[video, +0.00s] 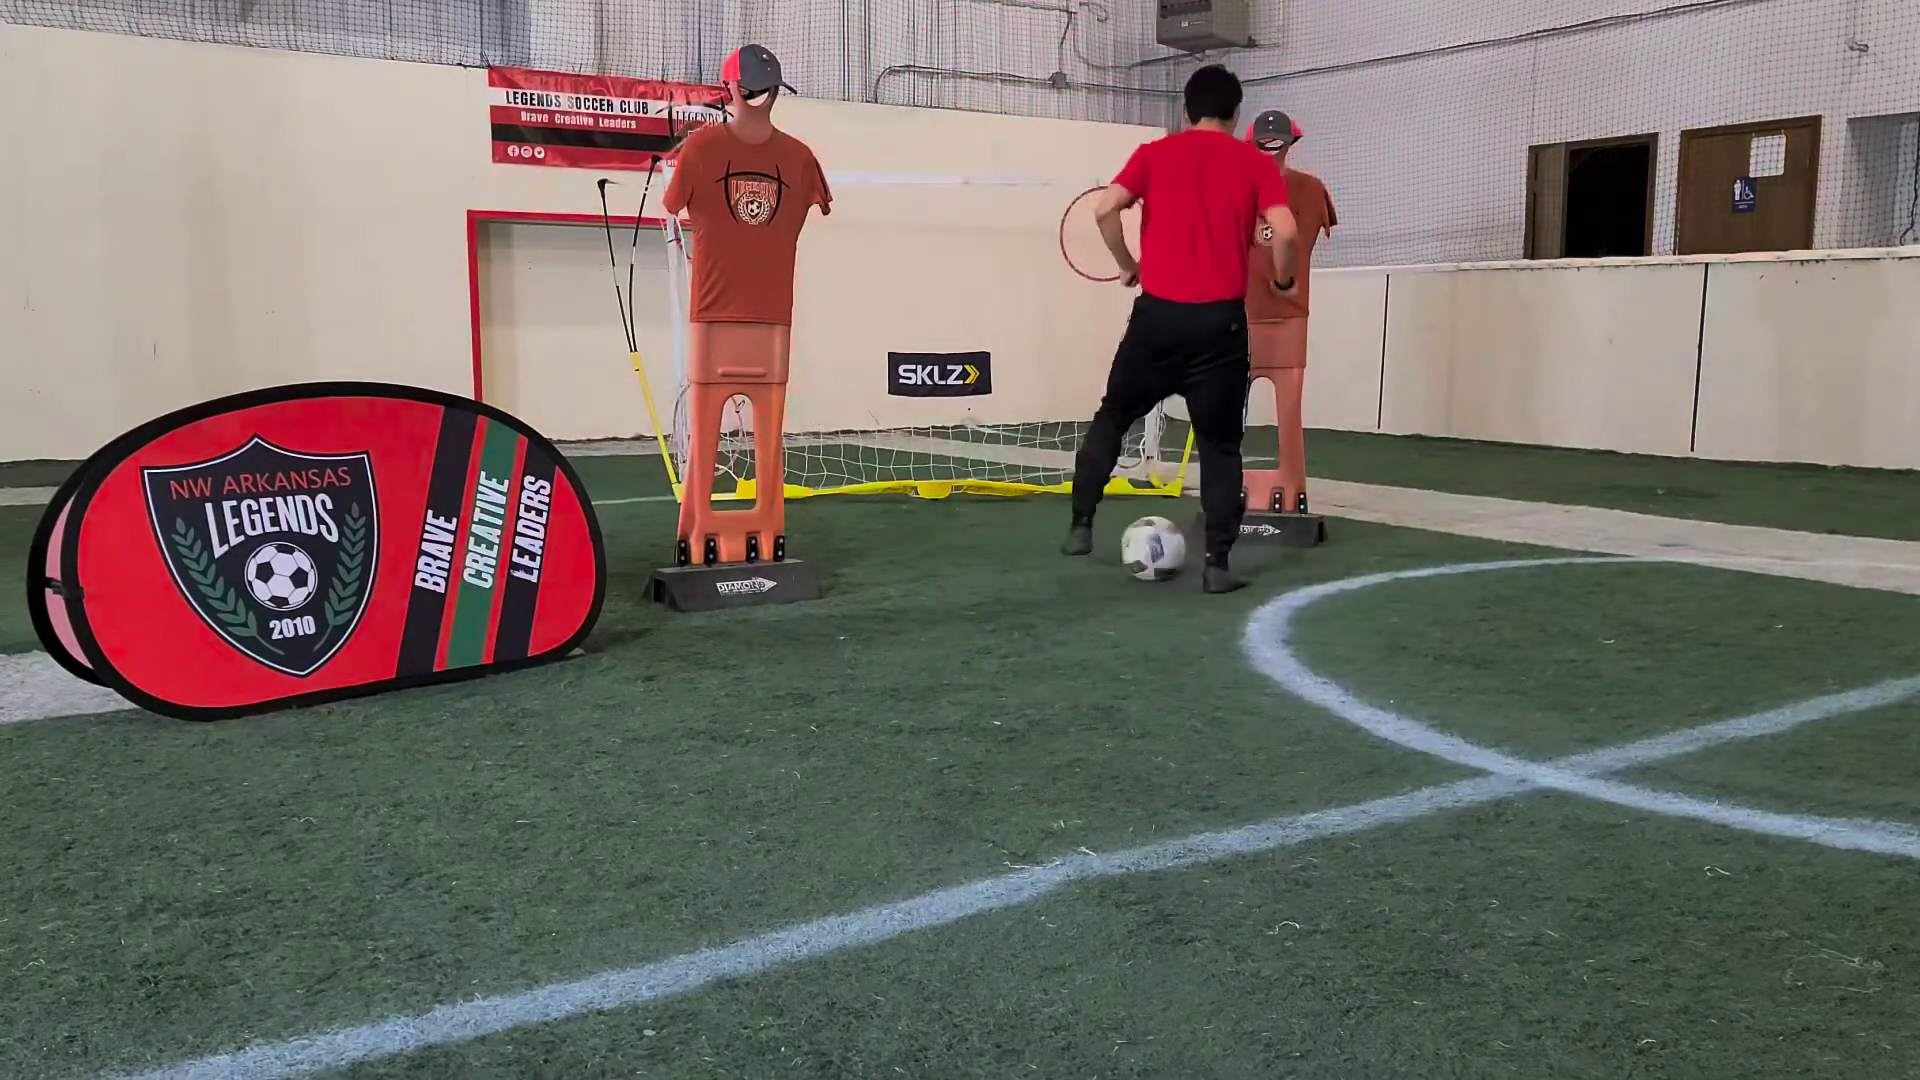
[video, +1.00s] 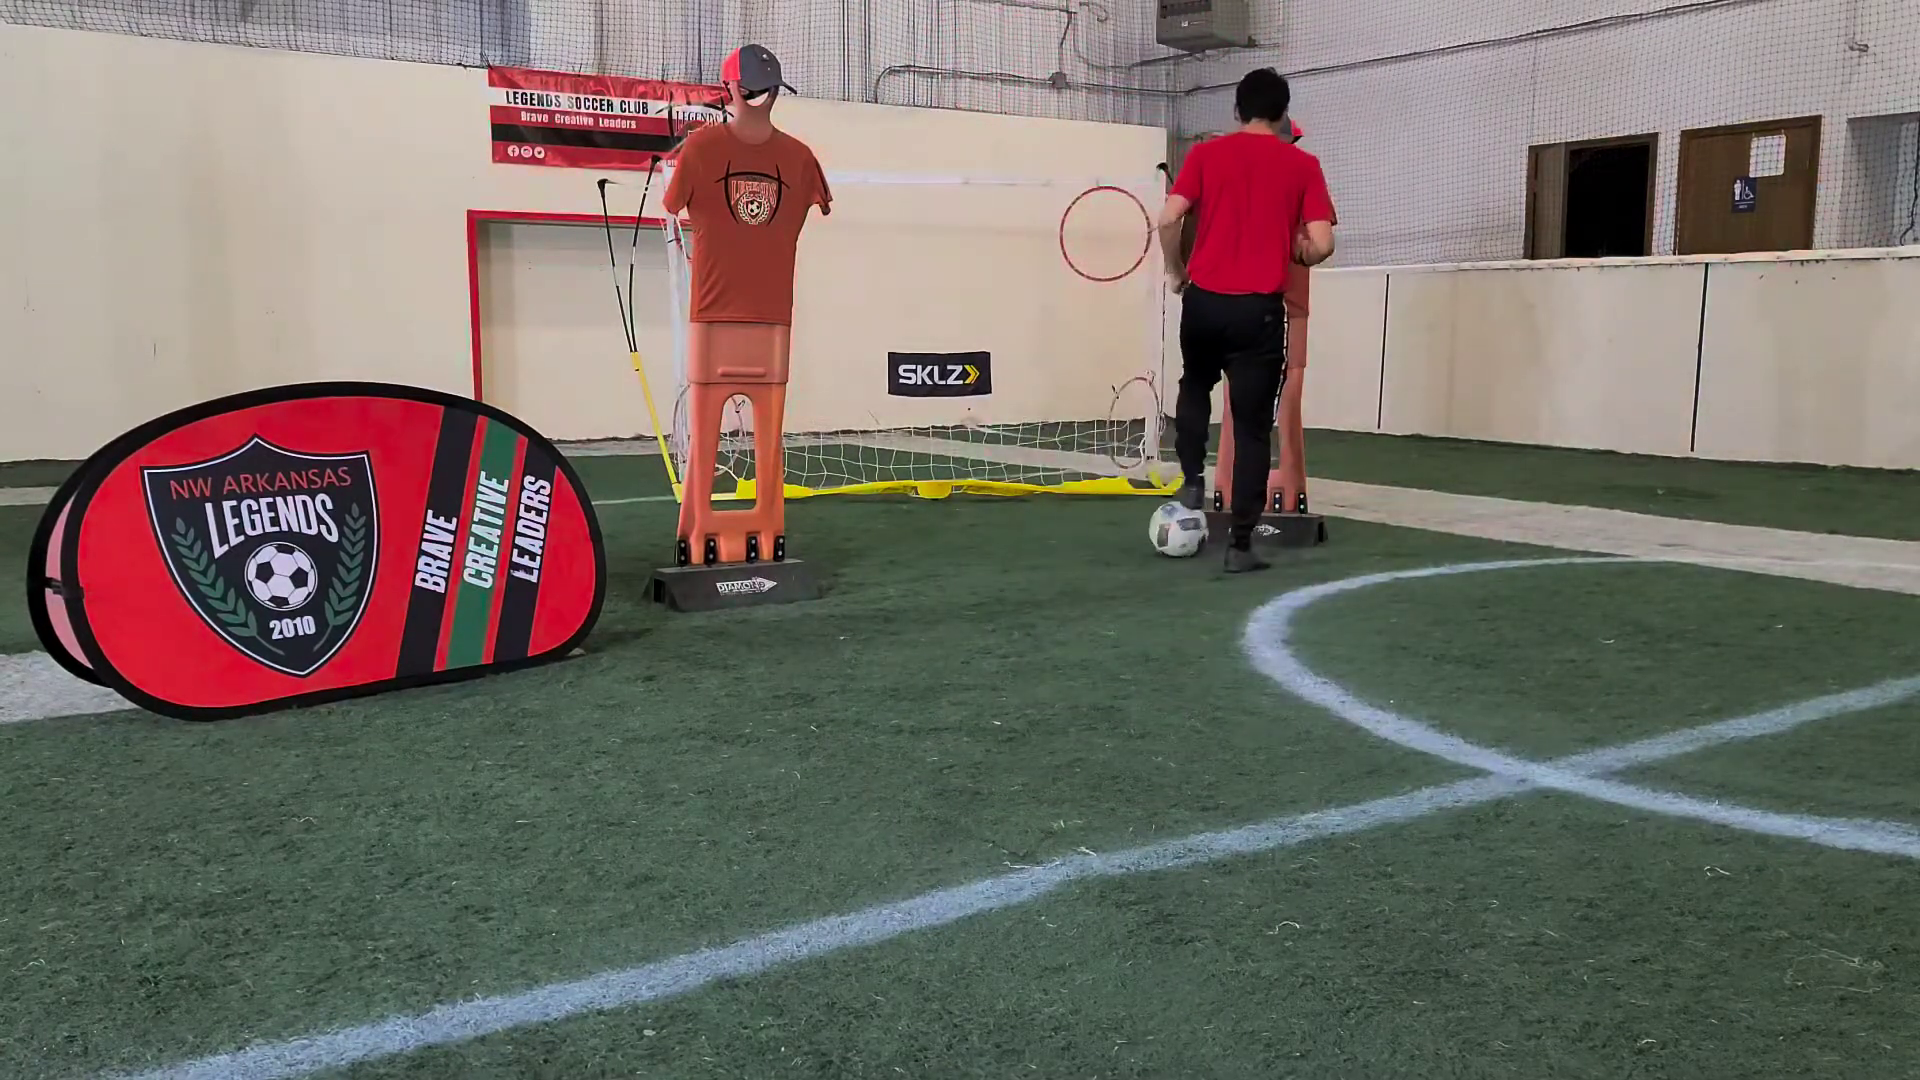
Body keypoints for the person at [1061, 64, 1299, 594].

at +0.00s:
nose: (1236, 120)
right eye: (1238, 113)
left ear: (1187, 110)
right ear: (1236, 113)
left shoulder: (1156, 152)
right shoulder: (1255, 161)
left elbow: (1106, 208)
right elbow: (1285, 230)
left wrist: (1125, 263)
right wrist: (1283, 278)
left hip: (1157, 319)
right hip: (1220, 321)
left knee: (1113, 416)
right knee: (1219, 443)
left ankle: (1081, 526)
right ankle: (1217, 566)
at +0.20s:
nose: (1225, 106)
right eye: (1230, 99)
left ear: (1178, 99)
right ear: (1227, 100)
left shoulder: (1147, 137)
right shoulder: (1248, 143)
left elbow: (1104, 195)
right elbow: (1284, 214)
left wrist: (1128, 243)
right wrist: (1267, 241)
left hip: (1161, 301)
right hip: (1223, 300)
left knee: (1144, 413)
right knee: (1246, 413)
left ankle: (1131, 531)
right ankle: (1244, 529)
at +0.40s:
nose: (1232, 136)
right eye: (1233, 130)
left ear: (1181, 128)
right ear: (1228, 129)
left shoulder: (1144, 174)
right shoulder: (1238, 172)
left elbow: (1098, 247)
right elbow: (1264, 227)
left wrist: (1140, 274)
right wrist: (1279, 301)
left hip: (1160, 328)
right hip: (1222, 325)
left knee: (1153, 439)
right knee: (1267, 418)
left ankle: (1147, 551)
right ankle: (1291, 521)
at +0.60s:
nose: (1263, 116)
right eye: (1264, 109)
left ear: (1215, 105)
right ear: (1261, 109)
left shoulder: (1178, 147)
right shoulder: (1274, 152)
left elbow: (1127, 211)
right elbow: (1287, 201)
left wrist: (1157, 247)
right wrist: (1289, 274)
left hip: (1185, 303)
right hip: (1243, 304)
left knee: (1155, 409)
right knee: (1249, 419)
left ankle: (1136, 510)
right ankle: (1245, 537)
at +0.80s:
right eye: (1281, 114)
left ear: (1234, 113)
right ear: (1280, 115)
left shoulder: (1203, 151)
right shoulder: (1298, 165)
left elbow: (1157, 207)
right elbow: (1321, 241)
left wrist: (1154, 262)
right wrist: (1321, 292)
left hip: (1196, 305)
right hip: (1253, 312)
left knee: (1175, 380)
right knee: (1251, 427)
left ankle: (1154, 472)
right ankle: (1239, 545)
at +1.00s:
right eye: (1285, 111)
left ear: (1237, 111)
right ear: (1283, 114)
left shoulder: (1205, 153)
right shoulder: (1303, 164)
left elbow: (1167, 219)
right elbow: (1319, 247)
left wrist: (1175, 270)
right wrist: (1284, 244)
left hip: (1203, 308)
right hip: (1260, 312)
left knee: (1196, 380)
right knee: (1253, 427)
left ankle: (1192, 486)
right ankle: (1241, 544)